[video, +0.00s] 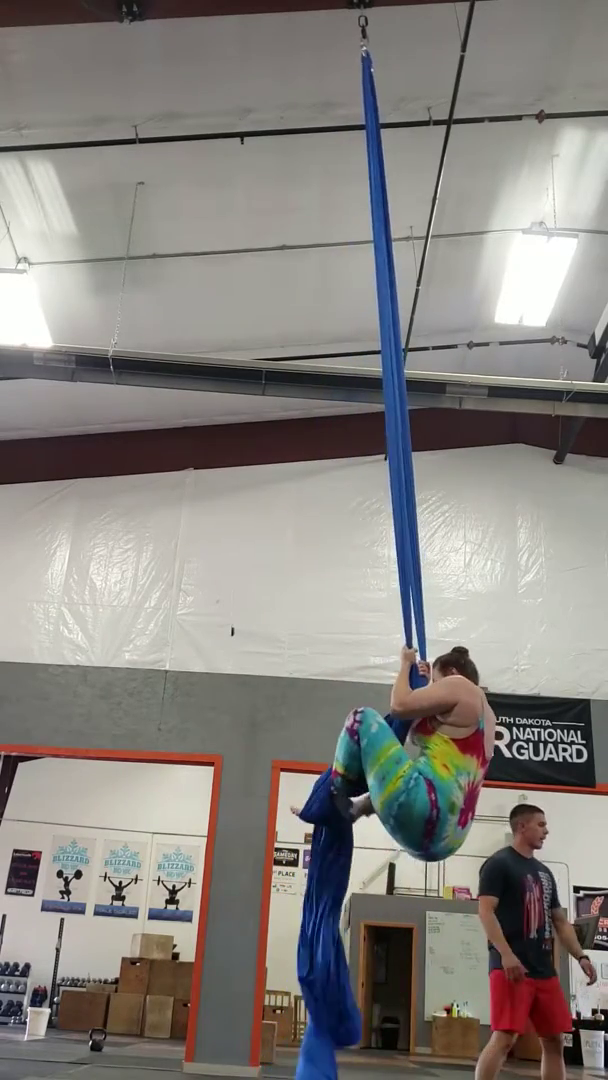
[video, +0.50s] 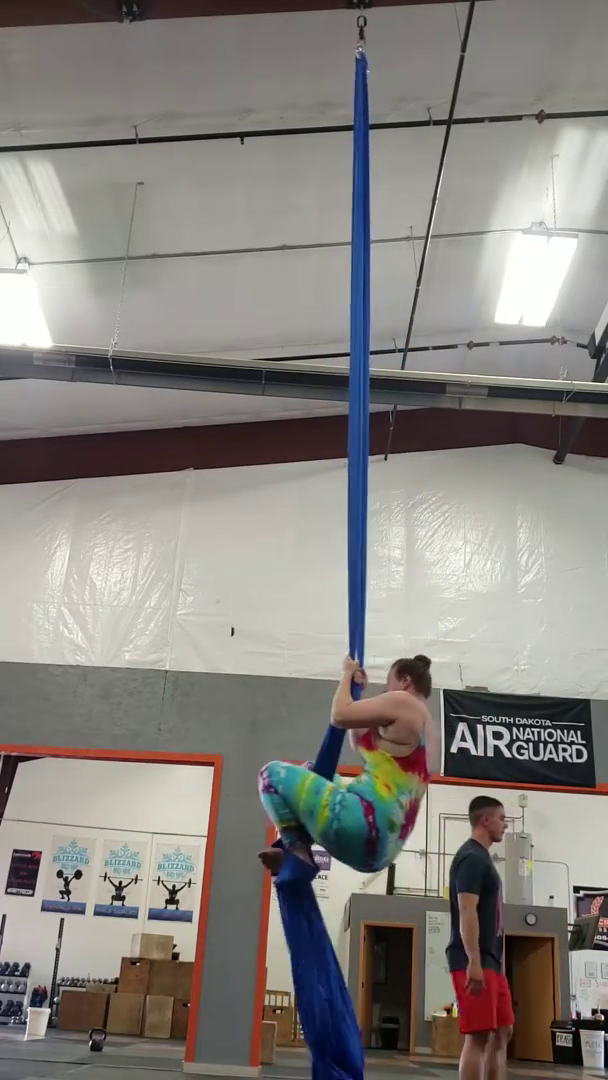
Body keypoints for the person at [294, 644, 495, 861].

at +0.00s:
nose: (435, 686)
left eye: (437, 680)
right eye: (433, 681)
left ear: (451, 672)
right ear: (466, 672)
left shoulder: (459, 687)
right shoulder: (488, 715)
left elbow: (401, 705)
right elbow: (447, 722)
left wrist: (405, 665)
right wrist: (429, 683)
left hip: (421, 813)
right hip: (442, 846)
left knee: (361, 719)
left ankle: (340, 790)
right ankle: (357, 809)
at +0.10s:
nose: (430, 686)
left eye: (432, 681)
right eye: (428, 682)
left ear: (446, 675)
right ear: (466, 679)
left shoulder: (452, 689)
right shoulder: (482, 716)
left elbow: (391, 707)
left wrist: (398, 666)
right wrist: (426, 684)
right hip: (431, 845)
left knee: (346, 724)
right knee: (399, 762)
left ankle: (332, 803)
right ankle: (351, 801)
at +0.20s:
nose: (421, 688)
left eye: (425, 682)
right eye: (421, 683)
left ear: (440, 678)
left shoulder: (444, 694)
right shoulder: (474, 719)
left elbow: (383, 709)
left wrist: (390, 669)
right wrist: (413, 687)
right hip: (420, 846)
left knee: (325, 737)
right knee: (384, 763)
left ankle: (323, 813)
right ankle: (336, 807)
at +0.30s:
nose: (415, 689)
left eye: (416, 684)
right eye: (414, 685)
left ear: (430, 681)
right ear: (446, 683)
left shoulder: (433, 697)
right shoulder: (460, 720)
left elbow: (370, 712)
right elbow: (390, 742)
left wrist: (377, 673)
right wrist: (392, 690)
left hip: (390, 824)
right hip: (409, 848)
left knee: (306, 752)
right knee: (363, 766)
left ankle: (320, 830)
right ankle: (315, 826)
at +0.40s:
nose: (402, 691)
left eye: (403, 686)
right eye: (401, 687)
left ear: (418, 682)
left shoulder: (418, 700)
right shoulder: (443, 721)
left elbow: (356, 713)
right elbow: (376, 743)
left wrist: (361, 674)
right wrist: (375, 692)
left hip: (376, 826)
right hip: (398, 849)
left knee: (289, 768)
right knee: (335, 768)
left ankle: (311, 844)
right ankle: (307, 838)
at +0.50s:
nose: (387, 688)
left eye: (389, 682)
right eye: (387, 683)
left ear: (406, 681)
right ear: (413, 685)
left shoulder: (403, 703)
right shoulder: (423, 720)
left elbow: (340, 714)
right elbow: (358, 743)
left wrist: (346, 676)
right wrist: (357, 693)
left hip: (362, 826)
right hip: (381, 851)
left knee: (272, 775)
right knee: (309, 773)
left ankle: (299, 852)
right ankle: (293, 847)